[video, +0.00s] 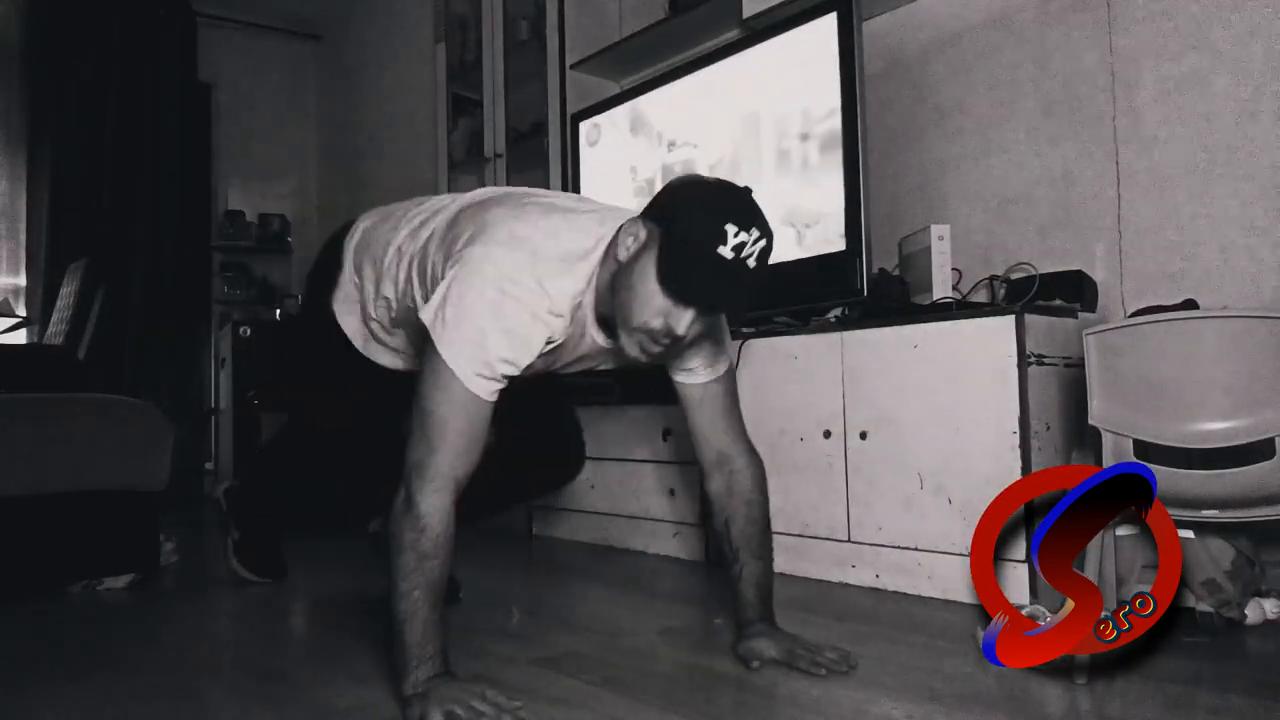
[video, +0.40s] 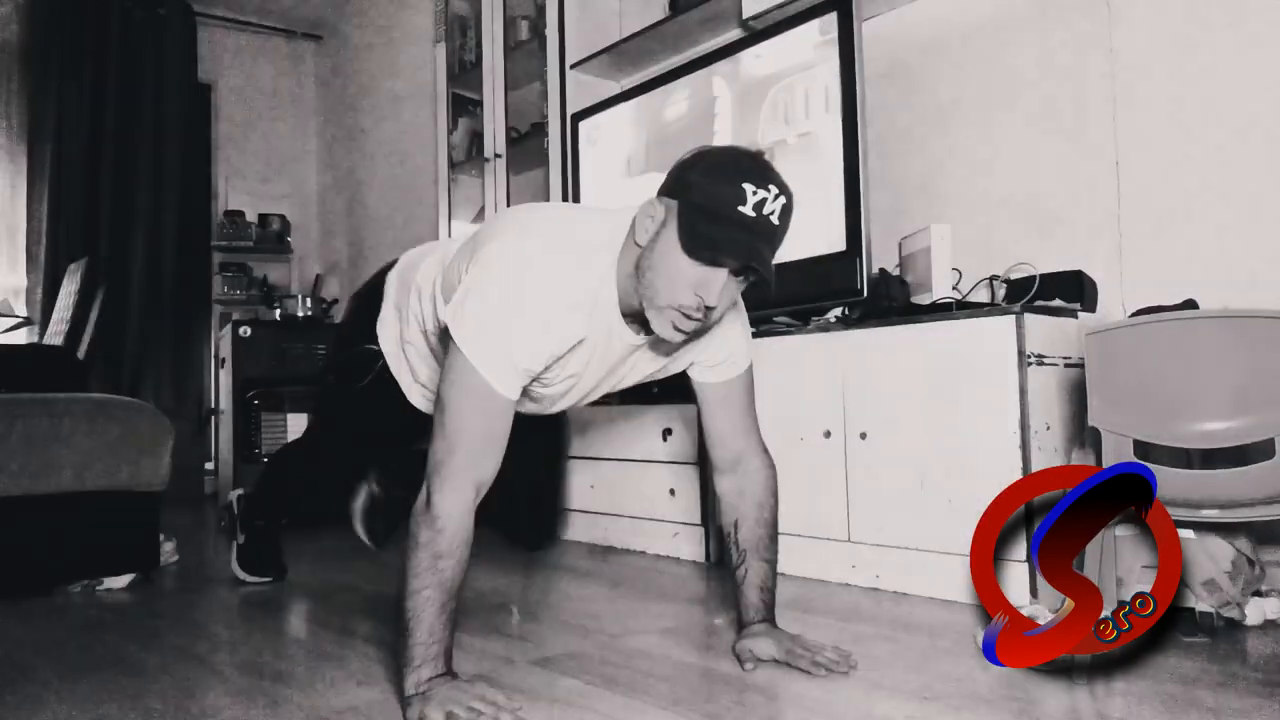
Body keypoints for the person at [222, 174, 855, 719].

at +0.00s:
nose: (678, 331)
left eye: (701, 315)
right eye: (672, 297)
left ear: (725, 312)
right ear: (632, 242)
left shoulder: (694, 317)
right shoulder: (507, 279)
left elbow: (730, 465)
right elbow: (426, 492)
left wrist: (758, 625)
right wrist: (424, 682)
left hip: (480, 314)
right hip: (364, 293)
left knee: (549, 451)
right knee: (352, 492)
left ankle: (418, 529)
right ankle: (258, 504)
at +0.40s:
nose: (714, 295)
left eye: (738, 277)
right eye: (706, 258)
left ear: (749, 280)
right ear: (654, 223)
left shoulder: (712, 313)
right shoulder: (525, 272)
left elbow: (739, 465)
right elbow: (448, 493)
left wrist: (758, 625)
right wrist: (427, 678)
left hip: (520, 382)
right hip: (406, 342)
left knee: (531, 526)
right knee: (328, 471)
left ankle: (400, 489)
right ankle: (254, 511)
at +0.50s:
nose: (703, 294)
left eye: (729, 275)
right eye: (692, 255)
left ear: (745, 277)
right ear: (646, 222)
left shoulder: (712, 311)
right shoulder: (522, 270)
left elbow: (740, 463)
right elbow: (448, 495)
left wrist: (758, 624)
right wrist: (425, 677)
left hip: (512, 409)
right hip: (412, 357)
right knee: (330, 456)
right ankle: (255, 512)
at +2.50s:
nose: (722, 260)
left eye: (749, 236)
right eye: (708, 216)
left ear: (759, 245)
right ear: (649, 198)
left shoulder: (711, 315)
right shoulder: (525, 253)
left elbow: (749, 471)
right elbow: (464, 506)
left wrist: (782, 624)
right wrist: (451, 703)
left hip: (476, 464)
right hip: (386, 412)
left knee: (372, 498)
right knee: (319, 488)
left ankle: (313, 523)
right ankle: (257, 517)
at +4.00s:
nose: (734, 351)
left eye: (752, 333)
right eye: (728, 319)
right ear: (669, 253)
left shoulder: (718, 316)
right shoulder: (536, 260)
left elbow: (746, 471)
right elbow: (473, 496)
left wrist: (765, 630)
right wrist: (450, 700)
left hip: (499, 461)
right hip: (404, 417)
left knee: (373, 505)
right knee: (319, 485)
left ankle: (313, 525)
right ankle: (250, 518)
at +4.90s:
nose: (753, 353)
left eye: (765, 335)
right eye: (745, 324)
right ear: (686, 264)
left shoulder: (724, 329)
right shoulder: (546, 276)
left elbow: (749, 468)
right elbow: (449, 502)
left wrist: (766, 627)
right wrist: (449, 697)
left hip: (485, 451)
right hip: (402, 411)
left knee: (368, 492)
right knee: (319, 483)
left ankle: (314, 524)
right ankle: (251, 522)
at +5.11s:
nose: (776, 534)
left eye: (795, 520)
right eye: (775, 510)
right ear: (742, 445)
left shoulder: (780, 409)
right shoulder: (585, 401)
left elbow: (776, 513)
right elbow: (396, 528)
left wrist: (765, 625)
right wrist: (446, 702)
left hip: (523, 483)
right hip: (432, 438)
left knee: (358, 509)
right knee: (324, 494)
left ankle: (303, 543)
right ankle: (255, 521)